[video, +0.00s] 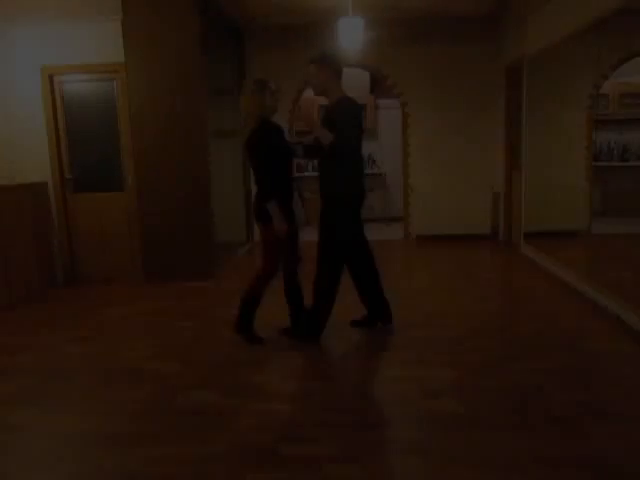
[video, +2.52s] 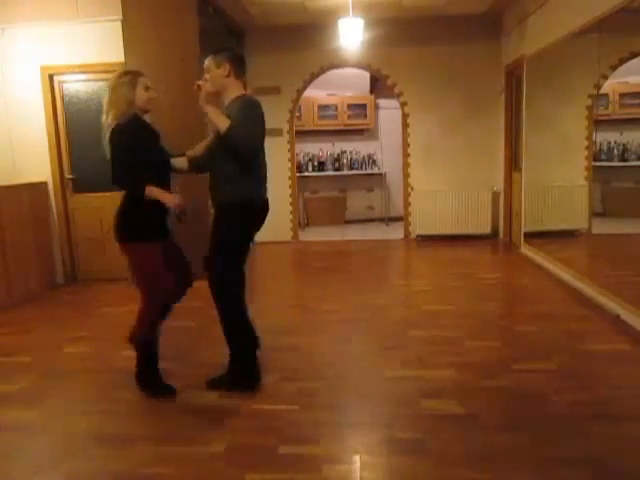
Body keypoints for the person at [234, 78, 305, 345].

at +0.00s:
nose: (276, 101)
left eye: (274, 96)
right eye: (271, 96)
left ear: (260, 100)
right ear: (260, 100)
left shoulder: (270, 131)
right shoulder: (263, 133)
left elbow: (281, 172)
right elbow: (268, 179)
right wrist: (276, 214)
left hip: (282, 205)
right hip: (271, 207)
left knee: (289, 264)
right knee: (271, 265)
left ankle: (298, 318)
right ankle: (244, 320)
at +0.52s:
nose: (237, 97)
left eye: (235, 93)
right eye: (231, 93)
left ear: (227, 98)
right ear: (217, 98)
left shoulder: (233, 130)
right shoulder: (214, 133)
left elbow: (254, 151)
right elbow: (214, 180)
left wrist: (281, 146)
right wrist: (226, 216)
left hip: (240, 204)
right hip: (225, 207)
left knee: (237, 267)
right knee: (233, 269)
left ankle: (209, 315)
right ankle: (238, 324)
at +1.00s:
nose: (217, 98)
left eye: (216, 93)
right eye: (211, 93)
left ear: (207, 98)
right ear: (196, 98)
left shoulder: (214, 130)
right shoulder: (189, 134)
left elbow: (235, 154)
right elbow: (184, 180)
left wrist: (263, 152)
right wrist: (195, 213)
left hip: (222, 204)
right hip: (205, 207)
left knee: (232, 261)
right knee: (215, 266)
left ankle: (210, 311)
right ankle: (206, 327)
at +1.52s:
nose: (204, 105)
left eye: (204, 100)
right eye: (199, 101)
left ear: (202, 105)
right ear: (184, 105)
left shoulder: (207, 136)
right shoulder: (173, 142)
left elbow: (239, 154)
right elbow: (168, 185)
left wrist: (264, 140)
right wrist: (189, 212)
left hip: (214, 199)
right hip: (193, 203)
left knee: (211, 259)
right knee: (220, 261)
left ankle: (210, 307)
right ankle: (192, 294)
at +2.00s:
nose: (187, 103)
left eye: (187, 98)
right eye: (181, 98)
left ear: (182, 104)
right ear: (166, 103)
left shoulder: (190, 136)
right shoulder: (156, 142)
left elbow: (212, 155)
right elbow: (156, 188)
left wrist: (241, 156)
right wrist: (177, 216)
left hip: (200, 208)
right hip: (174, 213)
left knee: (206, 268)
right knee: (181, 270)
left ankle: (191, 324)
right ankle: (183, 325)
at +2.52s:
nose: (153, 93)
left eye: (152, 88)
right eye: (146, 88)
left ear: (138, 93)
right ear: (128, 94)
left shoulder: (143, 127)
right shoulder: (125, 129)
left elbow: (161, 165)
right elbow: (123, 178)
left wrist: (196, 155)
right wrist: (165, 196)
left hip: (152, 221)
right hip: (138, 224)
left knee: (180, 277)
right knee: (155, 290)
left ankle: (143, 330)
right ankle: (148, 371)